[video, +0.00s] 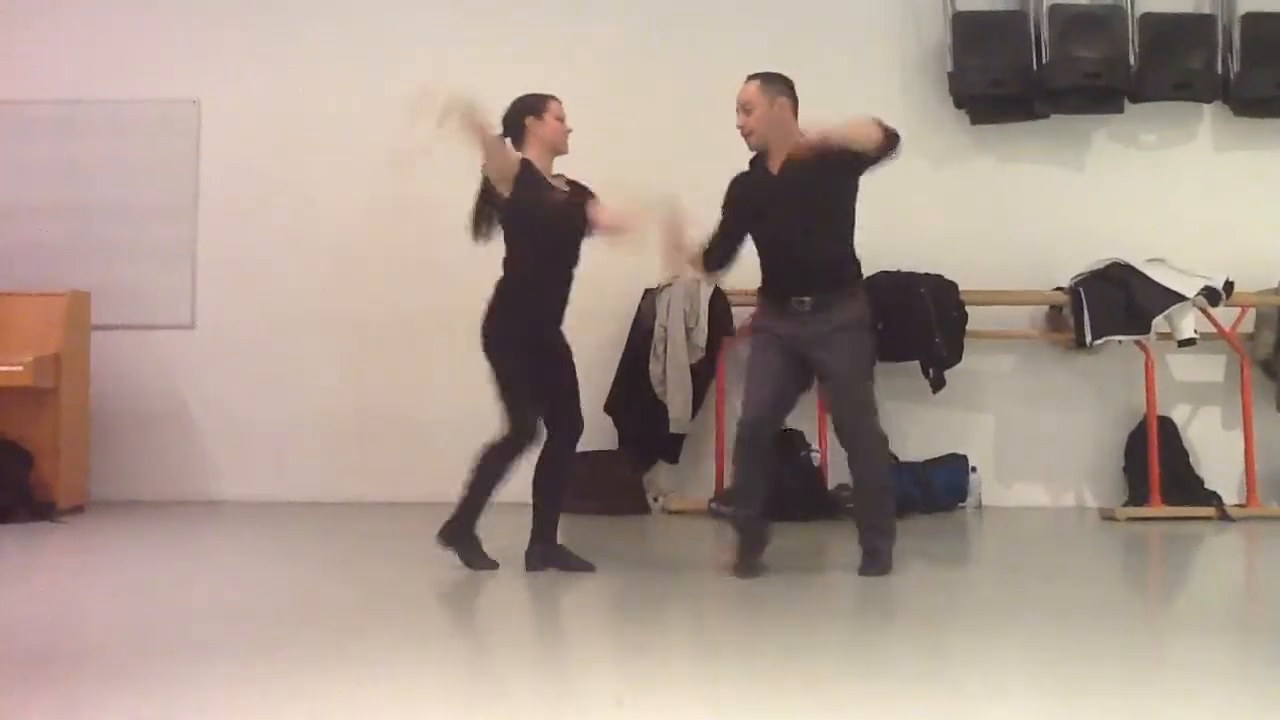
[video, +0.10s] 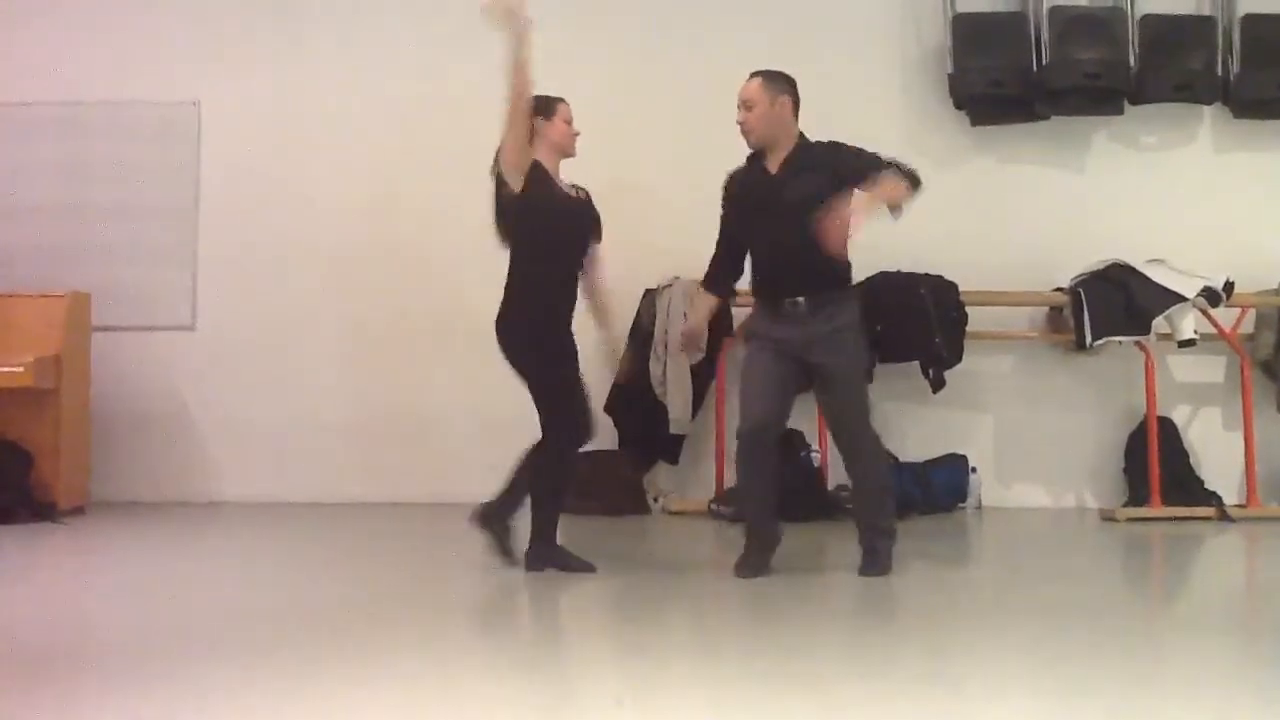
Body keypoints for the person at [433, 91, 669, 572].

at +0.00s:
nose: (569, 126)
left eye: (566, 118)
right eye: (560, 118)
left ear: (541, 125)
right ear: (532, 125)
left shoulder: (575, 194)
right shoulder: (513, 178)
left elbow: (610, 222)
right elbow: (497, 155)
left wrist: (643, 219)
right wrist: (474, 124)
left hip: (548, 329)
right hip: (509, 325)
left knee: (566, 427)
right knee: (523, 428)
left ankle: (544, 544)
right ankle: (460, 525)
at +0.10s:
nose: (575, 129)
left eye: (573, 121)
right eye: (567, 121)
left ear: (552, 128)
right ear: (539, 126)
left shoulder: (575, 196)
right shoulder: (519, 179)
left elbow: (591, 277)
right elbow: (520, 102)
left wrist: (614, 342)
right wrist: (520, 34)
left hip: (556, 323)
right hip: (522, 320)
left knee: (569, 429)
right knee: (567, 428)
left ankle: (502, 512)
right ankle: (543, 547)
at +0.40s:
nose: (592, 127)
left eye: (591, 118)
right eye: (584, 117)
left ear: (555, 126)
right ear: (559, 124)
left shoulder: (557, 173)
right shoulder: (555, 173)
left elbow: (607, 109)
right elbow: (608, 111)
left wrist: (641, 44)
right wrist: (639, 47)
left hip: (558, 321)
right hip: (560, 325)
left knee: (564, 432)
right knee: (599, 427)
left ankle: (542, 542)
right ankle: (575, 544)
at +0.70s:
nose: (602, 128)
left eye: (600, 119)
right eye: (596, 120)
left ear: (566, 126)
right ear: (571, 124)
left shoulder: (559, 173)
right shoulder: (577, 172)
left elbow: (622, 178)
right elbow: (648, 176)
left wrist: (630, 127)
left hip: (571, 320)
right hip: (579, 324)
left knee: (592, 431)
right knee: (596, 434)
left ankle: (553, 531)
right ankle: (566, 546)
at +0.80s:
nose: (604, 132)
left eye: (601, 123)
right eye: (596, 124)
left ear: (567, 132)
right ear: (570, 129)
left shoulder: (557, 178)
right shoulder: (585, 175)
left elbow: (638, 193)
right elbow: (657, 199)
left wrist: (652, 139)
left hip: (566, 322)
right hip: (582, 325)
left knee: (591, 429)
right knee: (598, 432)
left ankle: (563, 524)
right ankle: (568, 549)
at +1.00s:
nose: (603, 134)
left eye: (600, 126)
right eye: (595, 126)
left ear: (568, 136)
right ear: (568, 133)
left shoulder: (570, 185)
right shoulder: (582, 187)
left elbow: (652, 214)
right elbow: (661, 229)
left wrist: (674, 162)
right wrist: (718, 245)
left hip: (572, 326)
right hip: (579, 330)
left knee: (581, 434)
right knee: (644, 428)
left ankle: (582, 525)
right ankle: (569, 549)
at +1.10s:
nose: (604, 137)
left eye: (602, 129)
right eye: (596, 129)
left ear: (572, 137)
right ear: (569, 136)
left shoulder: (586, 185)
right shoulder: (577, 191)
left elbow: (654, 205)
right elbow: (652, 228)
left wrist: (678, 164)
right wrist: (725, 250)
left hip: (587, 327)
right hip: (576, 330)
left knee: (603, 432)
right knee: (593, 437)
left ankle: (583, 533)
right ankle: (569, 553)